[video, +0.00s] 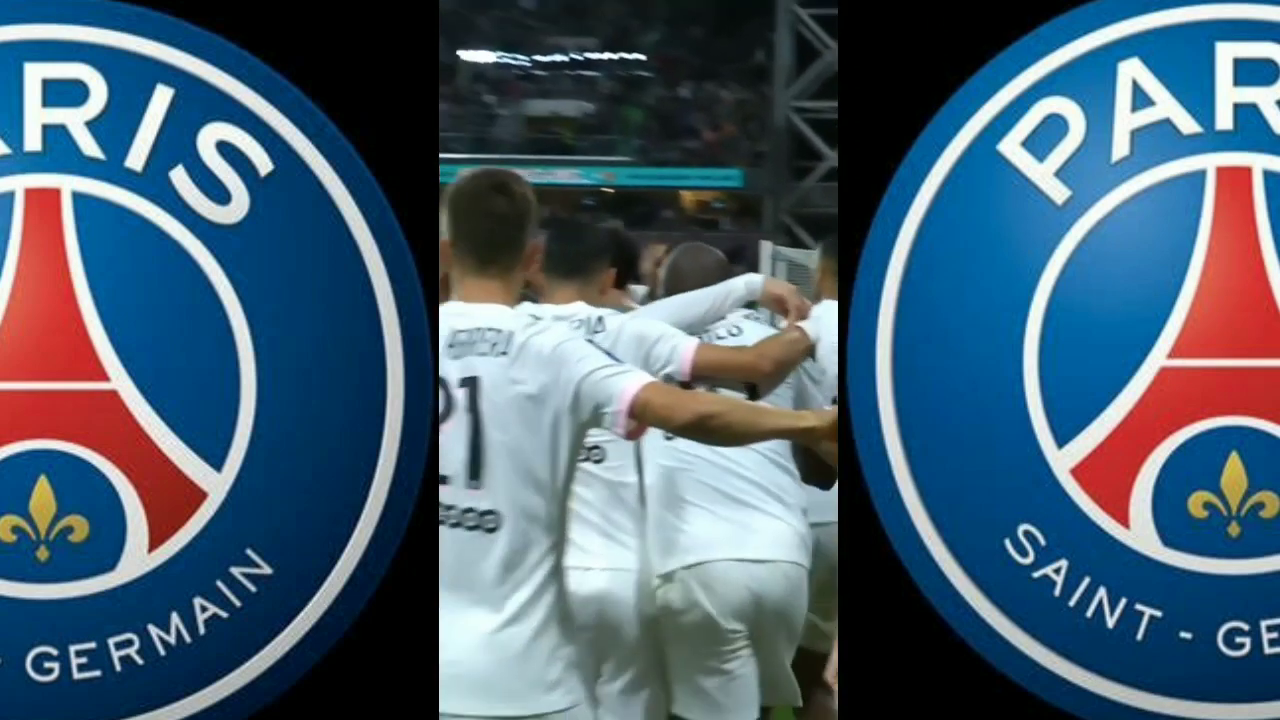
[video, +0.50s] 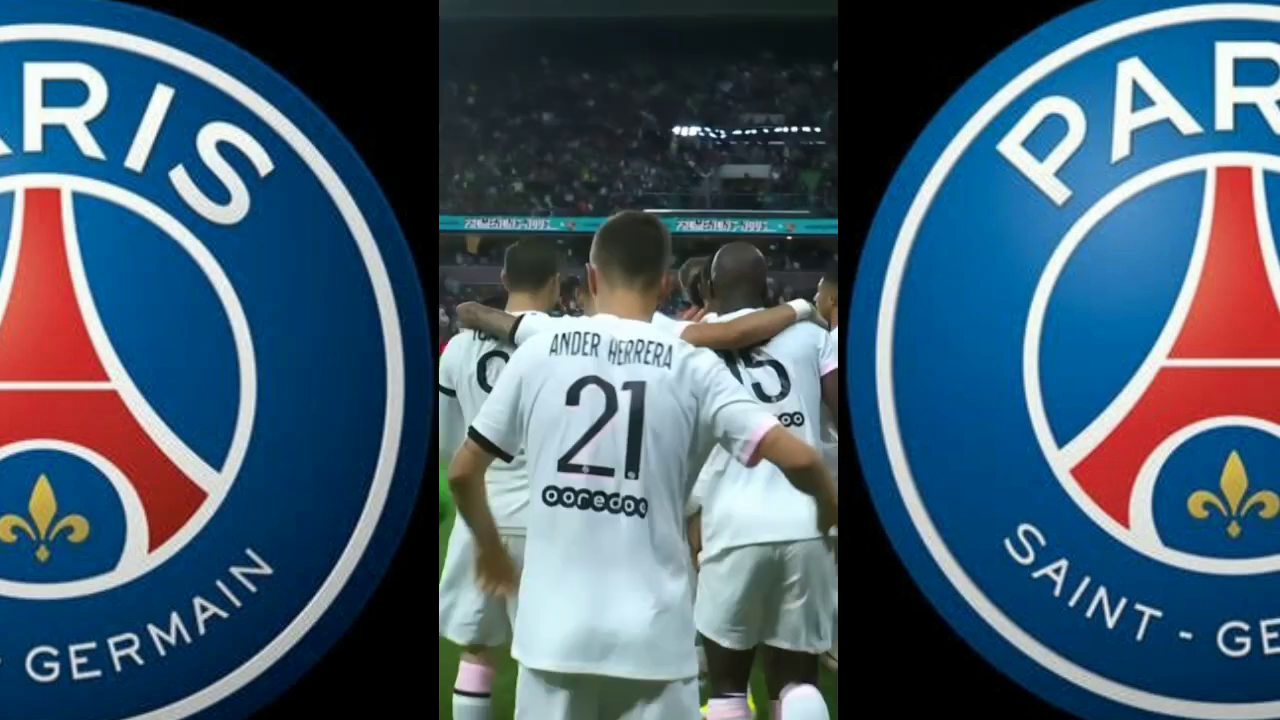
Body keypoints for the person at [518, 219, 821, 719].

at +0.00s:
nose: (626, 288)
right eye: (622, 277)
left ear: (537, 271)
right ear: (609, 279)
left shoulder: (509, 331)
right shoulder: (625, 332)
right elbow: (758, 367)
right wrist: (804, 332)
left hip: (520, 573)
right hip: (616, 572)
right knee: (625, 710)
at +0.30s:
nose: (627, 287)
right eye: (621, 275)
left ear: (537, 271)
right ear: (608, 278)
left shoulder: (510, 330)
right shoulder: (626, 332)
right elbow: (759, 367)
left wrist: (750, 287)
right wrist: (808, 329)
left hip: (522, 572)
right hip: (619, 571)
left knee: (554, 710)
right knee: (624, 710)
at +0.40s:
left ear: (577, 280)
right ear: (652, 282)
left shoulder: (536, 355)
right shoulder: (674, 353)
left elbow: (465, 470)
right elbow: (780, 431)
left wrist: (524, 480)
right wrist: (839, 443)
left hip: (551, 622)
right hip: (650, 625)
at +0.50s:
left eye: (587, 275)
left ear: (592, 277)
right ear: (667, 285)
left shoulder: (541, 347)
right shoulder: (693, 363)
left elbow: (463, 473)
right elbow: (799, 457)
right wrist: (828, 505)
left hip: (553, 620)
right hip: (653, 626)